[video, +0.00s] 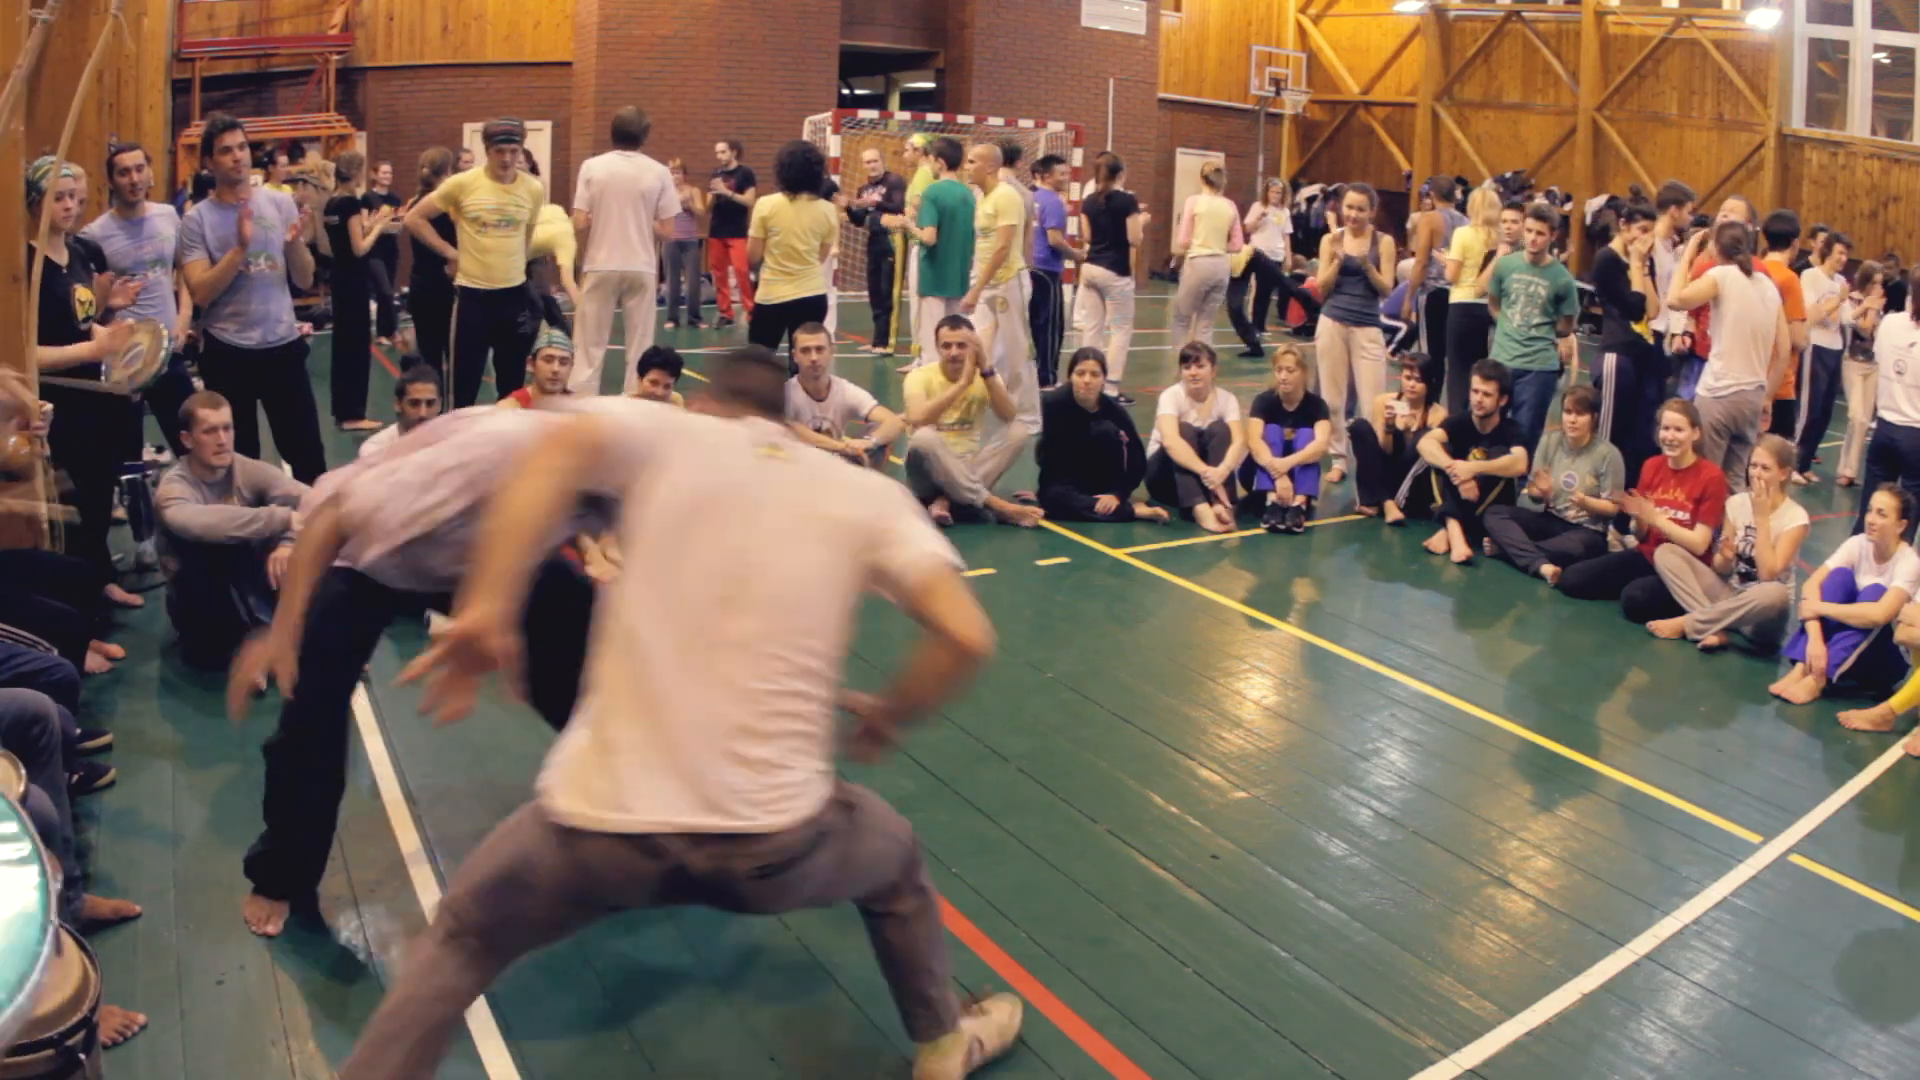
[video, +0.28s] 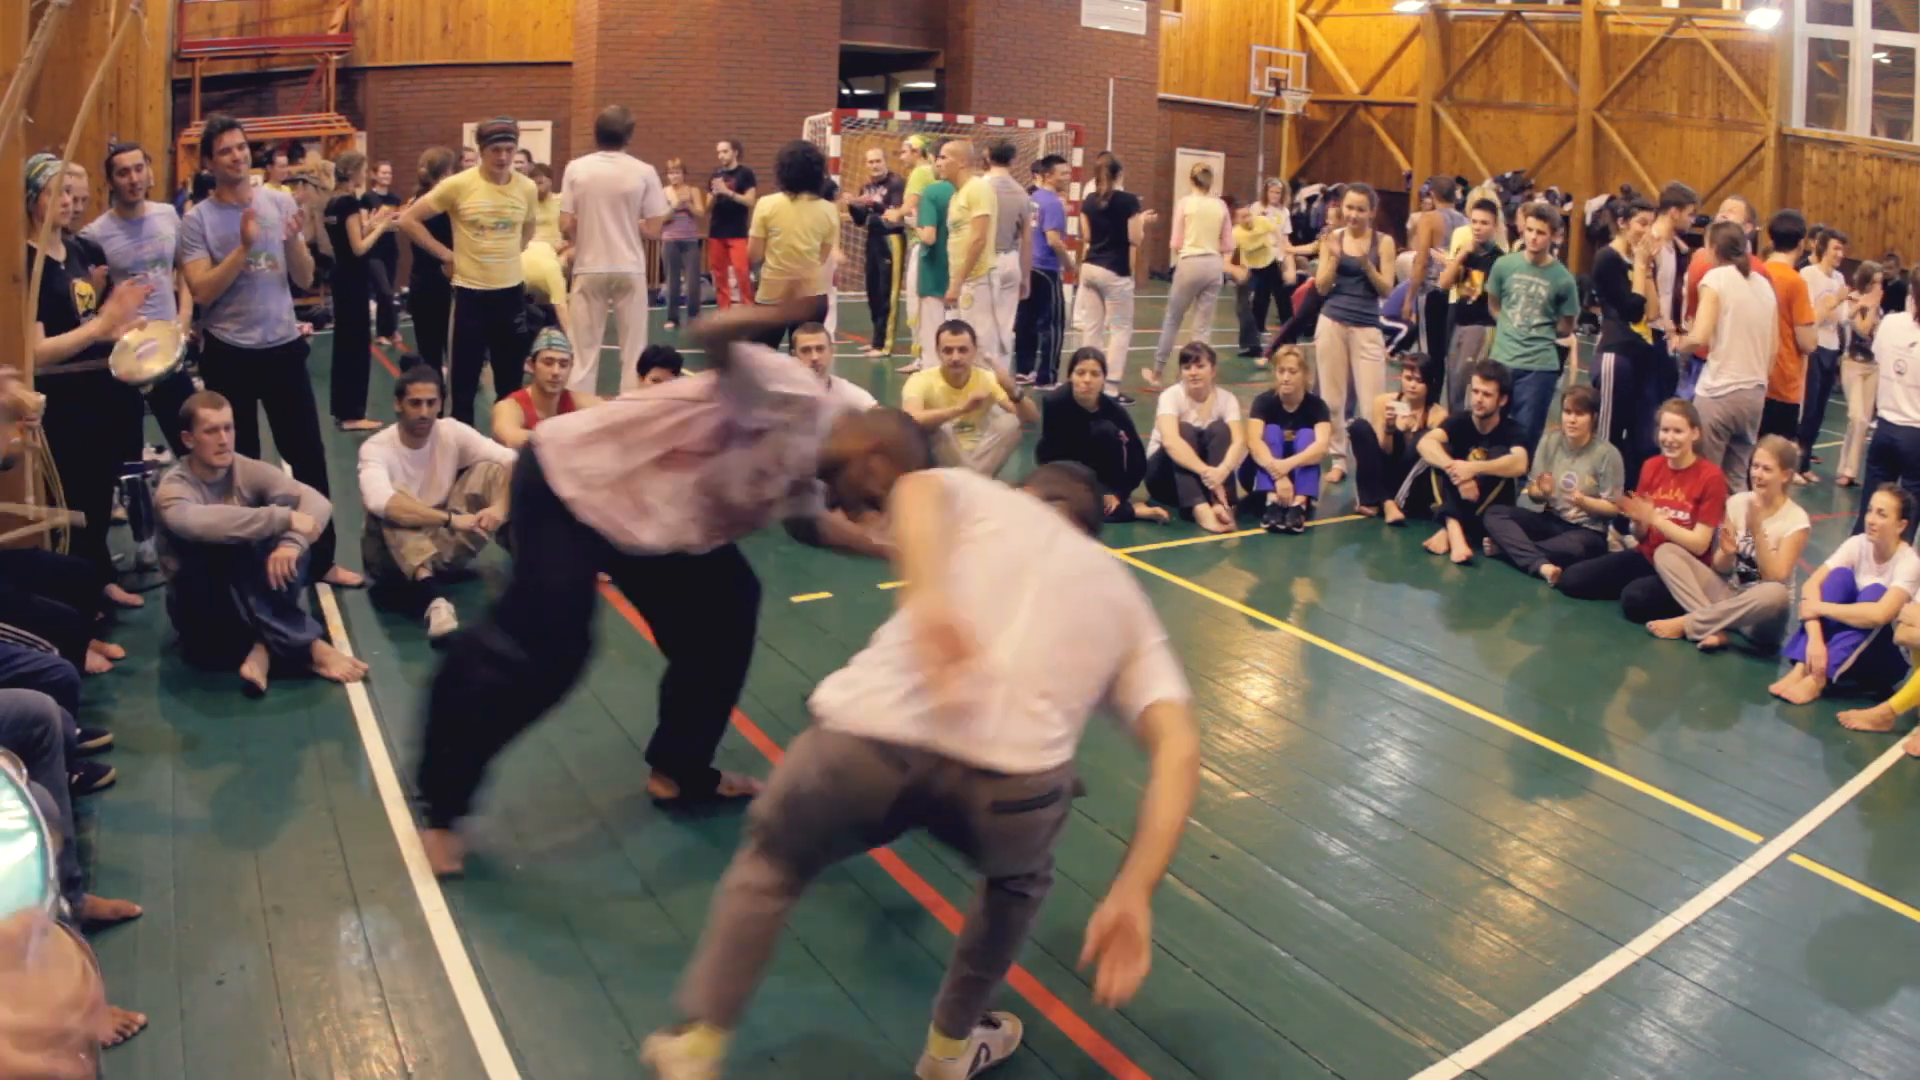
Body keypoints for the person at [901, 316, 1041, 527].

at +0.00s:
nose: (954, 353)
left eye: (961, 346)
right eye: (946, 346)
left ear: (974, 348)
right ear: (937, 348)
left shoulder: (983, 376)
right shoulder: (919, 377)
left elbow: (1008, 414)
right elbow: (917, 418)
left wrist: (986, 368)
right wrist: (962, 384)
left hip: (971, 470)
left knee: (1019, 432)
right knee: (925, 437)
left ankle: (947, 499)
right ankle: (997, 506)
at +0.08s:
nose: (954, 352)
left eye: (961, 346)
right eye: (946, 346)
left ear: (972, 348)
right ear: (937, 348)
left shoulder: (981, 375)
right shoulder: (919, 376)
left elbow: (1018, 406)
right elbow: (915, 412)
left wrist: (989, 361)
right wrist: (962, 376)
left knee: (1012, 427)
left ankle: (948, 499)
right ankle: (990, 503)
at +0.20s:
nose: (954, 355)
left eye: (961, 348)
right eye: (946, 349)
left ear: (973, 349)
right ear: (937, 350)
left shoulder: (987, 378)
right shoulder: (919, 378)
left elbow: (1030, 410)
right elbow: (910, 416)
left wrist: (1007, 376)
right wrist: (960, 391)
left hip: (979, 451)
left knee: (1013, 424)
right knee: (935, 426)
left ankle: (975, 475)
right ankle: (968, 478)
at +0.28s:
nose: (956, 358)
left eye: (963, 350)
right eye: (948, 351)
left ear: (974, 351)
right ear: (938, 353)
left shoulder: (987, 379)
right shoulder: (920, 381)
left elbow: (1032, 418)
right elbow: (914, 419)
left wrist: (1013, 390)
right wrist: (961, 410)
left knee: (1011, 424)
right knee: (940, 429)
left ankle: (975, 480)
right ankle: (975, 480)